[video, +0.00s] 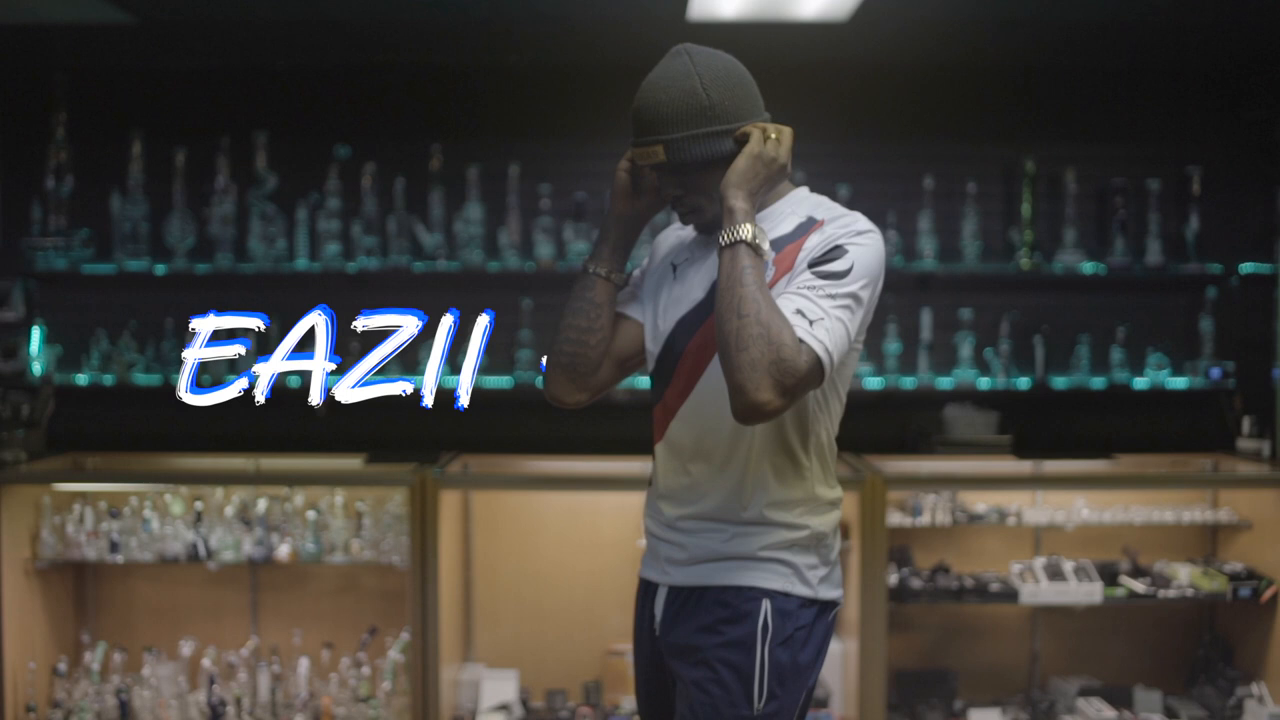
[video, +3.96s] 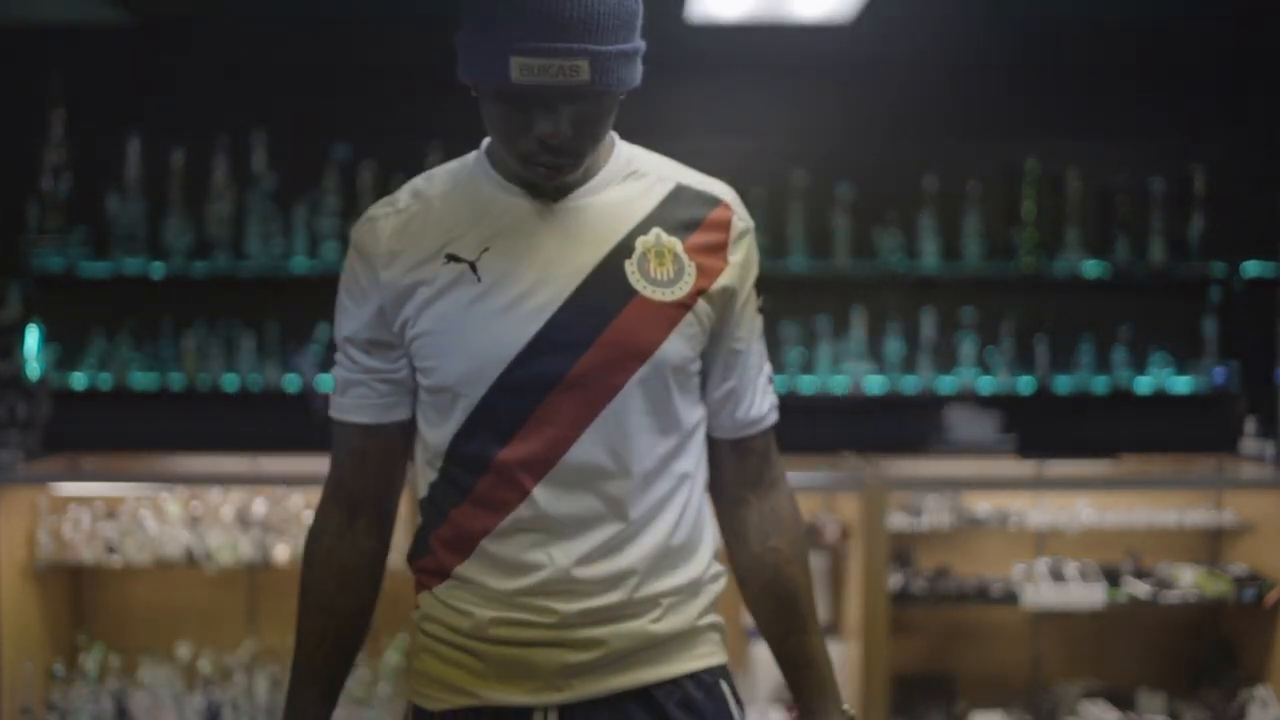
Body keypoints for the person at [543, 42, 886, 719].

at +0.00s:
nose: (675, 210)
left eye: (686, 188)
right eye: (666, 192)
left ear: (743, 156)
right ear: (660, 178)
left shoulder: (845, 240)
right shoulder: (676, 244)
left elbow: (759, 390)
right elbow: (570, 384)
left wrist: (739, 208)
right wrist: (620, 222)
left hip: (764, 583)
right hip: (665, 576)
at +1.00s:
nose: (520, 180)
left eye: (546, 149)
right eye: (500, 155)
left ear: (610, 117)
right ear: (477, 139)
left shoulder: (712, 213)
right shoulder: (465, 214)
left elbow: (699, 323)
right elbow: (263, 269)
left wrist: (655, 126)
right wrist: (431, 131)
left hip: (617, 670)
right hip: (444, 657)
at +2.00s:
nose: (305, 106)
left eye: (335, 72)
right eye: (272, 75)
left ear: (377, 57)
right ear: (222, 69)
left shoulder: (492, 197)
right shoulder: (154, 260)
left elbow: (575, 449)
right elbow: (146, 552)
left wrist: (669, 676)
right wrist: (130, 718)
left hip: (508, 678)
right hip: (296, 691)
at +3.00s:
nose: (760, 137)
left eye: (793, 106)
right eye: (728, 102)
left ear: (829, 84)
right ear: (669, 66)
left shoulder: (884, 228)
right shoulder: (549, 210)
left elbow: (915, 504)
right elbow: (481, 486)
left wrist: (961, 704)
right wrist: (419, 707)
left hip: (789, 688)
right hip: (581, 686)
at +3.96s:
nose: (553, 133)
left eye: (582, 104)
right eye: (523, 102)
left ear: (622, 84)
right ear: (476, 84)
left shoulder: (706, 222)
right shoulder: (394, 240)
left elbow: (753, 484)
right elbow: (355, 506)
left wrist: (820, 700)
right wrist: (304, 709)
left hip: (667, 682)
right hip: (467, 688)